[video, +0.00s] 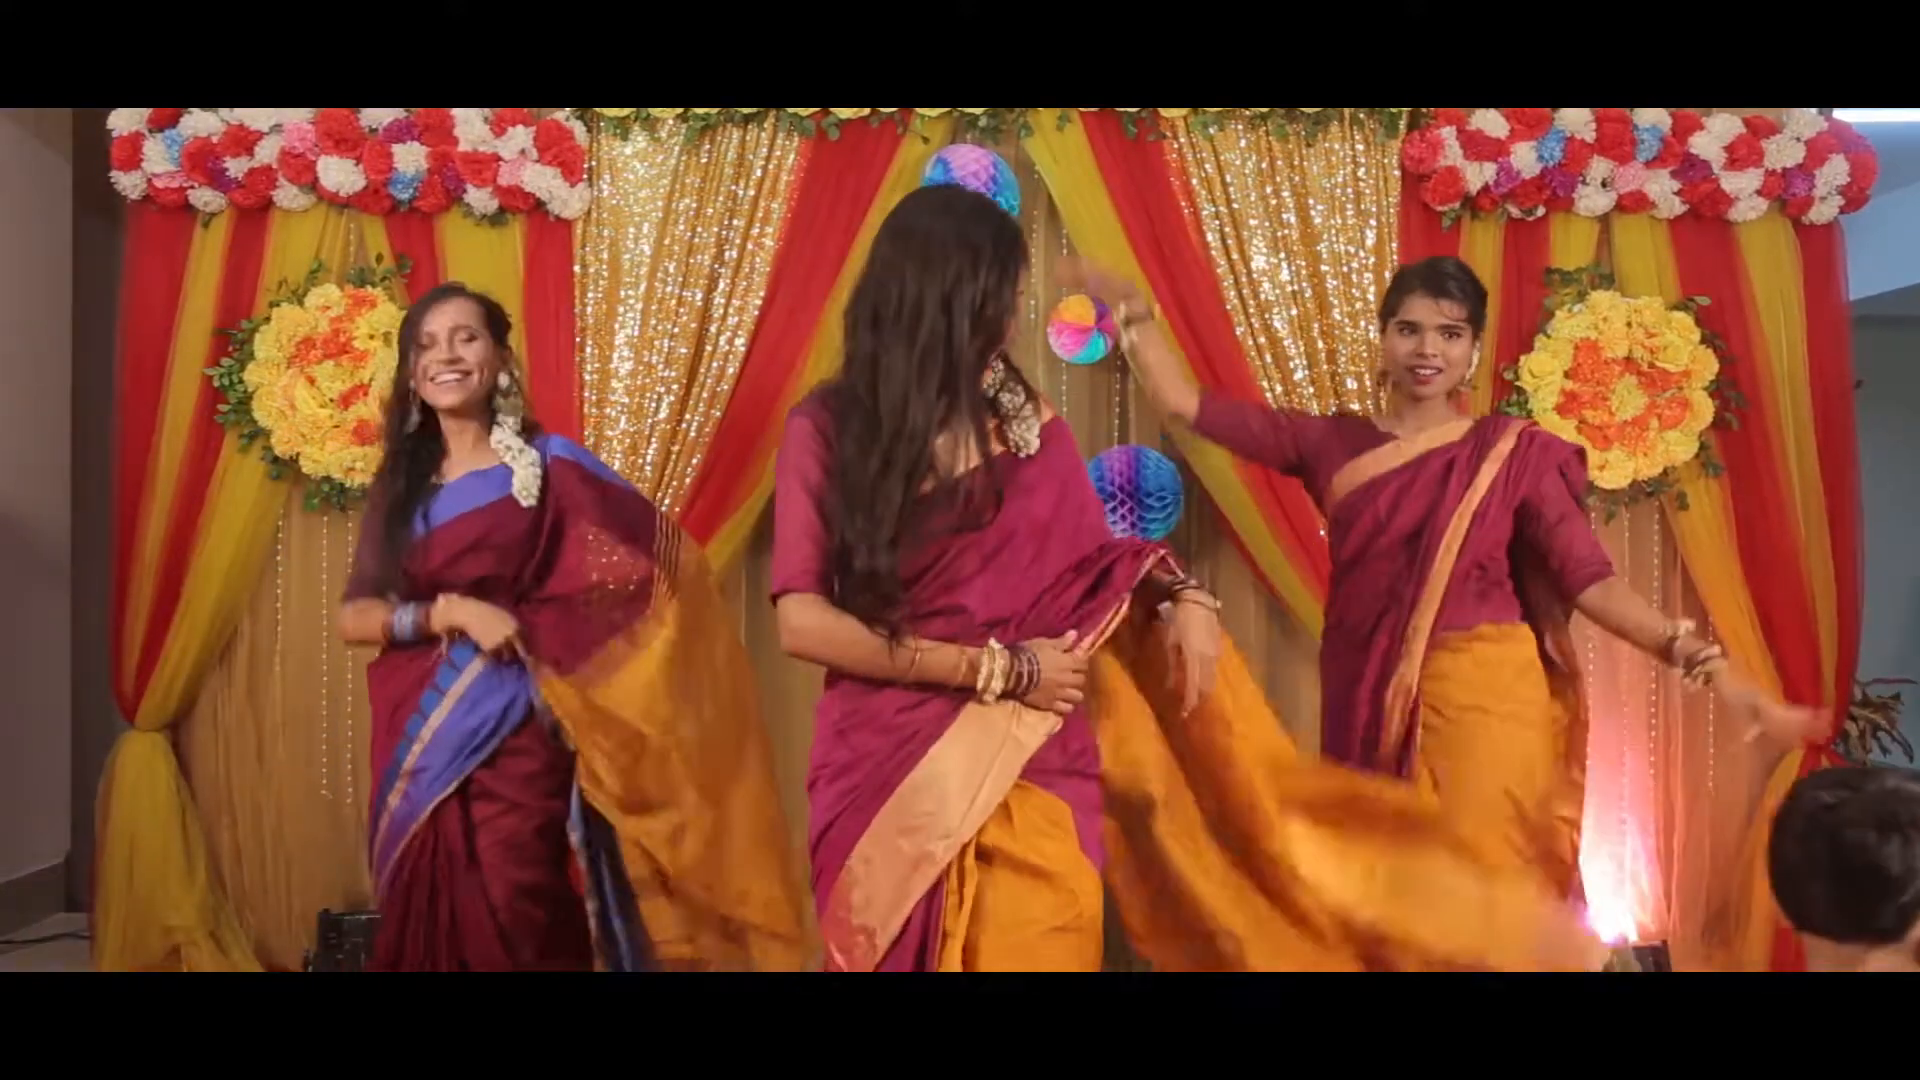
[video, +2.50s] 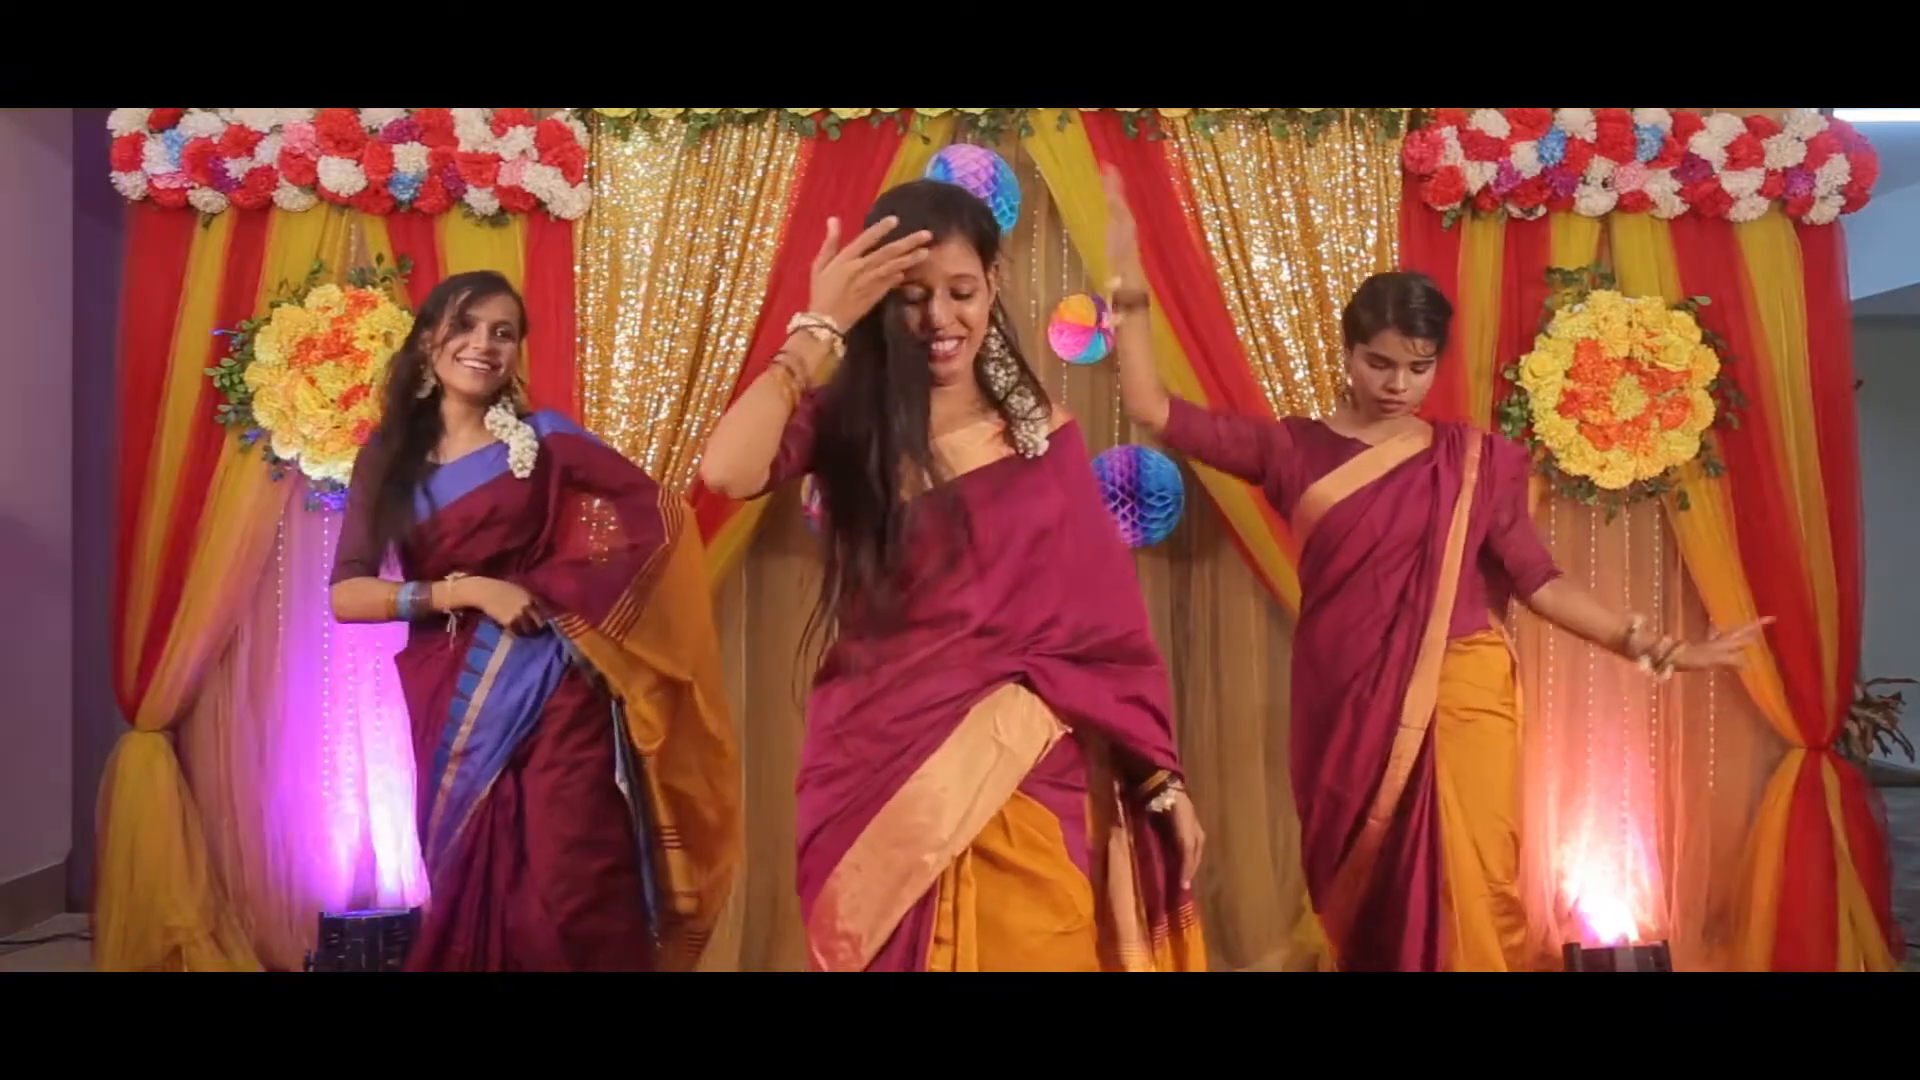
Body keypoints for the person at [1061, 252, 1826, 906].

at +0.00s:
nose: (1426, 348)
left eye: (1447, 333)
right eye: (1408, 330)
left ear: (1475, 351)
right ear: (1379, 343)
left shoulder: (1516, 450)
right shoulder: (1334, 442)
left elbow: (1586, 576)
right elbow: (1192, 409)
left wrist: (1665, 637)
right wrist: (1133, 313)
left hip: (1485, 688)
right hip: (1368, 702)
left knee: (1473, 888)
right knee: (1374, 896)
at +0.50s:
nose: (1427, 361)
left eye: (1447, 346)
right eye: (1409, 339)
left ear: (1467, 356)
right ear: (1372, 342)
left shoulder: (1506, 455)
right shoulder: (1321, 445)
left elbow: (1578, 578)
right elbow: (1180, 411)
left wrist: (1689, 627)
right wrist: (1123, 302)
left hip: (1487, 694)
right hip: (1370, 711)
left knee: (1467, 908)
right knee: (1366, 917)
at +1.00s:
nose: (1420, 373)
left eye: (1436, 357)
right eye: (1402, 352)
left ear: (1452, 359)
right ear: (1357, 346)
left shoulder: (1474, 458)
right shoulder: (1298, 439)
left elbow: (1553, 578)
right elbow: (1155, 379)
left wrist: (1684, 635)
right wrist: (1080, 273)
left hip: (1479, 682)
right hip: (1360, 695)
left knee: (1494, 893)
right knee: (1365, 900)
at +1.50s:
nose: (1397, 362)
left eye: (1415, 347)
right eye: (1380, 342)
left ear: (1436, 354)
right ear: (1346, 341)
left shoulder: (1471, 454)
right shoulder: (1298, 440)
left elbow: (1533, 583)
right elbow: (1166, 378)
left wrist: (1650, 642)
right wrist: (1100, 280)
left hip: (1467, 684)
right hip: (1352, 695)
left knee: (1476, 896)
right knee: (1365, 897)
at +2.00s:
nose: (1391, 363)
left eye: (1411, 347)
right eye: (1374, 342)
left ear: (1433, 350)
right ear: (1344, 340)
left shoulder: (1475, 453)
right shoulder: (1298, 448)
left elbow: (1524, 593)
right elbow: (1141, 425)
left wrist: (1629, 659)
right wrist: (1094, 319)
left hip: (1479, 689)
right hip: (1359, 701)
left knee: (1487, 892)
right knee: (1371, 900)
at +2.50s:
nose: (1398, 385)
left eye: (1417, 367)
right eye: (1380, 363)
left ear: (1439, 364)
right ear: (1345, 354)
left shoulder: (1476, 459)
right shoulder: (1292, 447)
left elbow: (1541, 583)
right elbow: (1153, 411)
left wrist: (1641, 642)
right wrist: (1127, 316)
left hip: (1466, 691)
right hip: (1350, 702)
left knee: (1471, 895)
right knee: (1362, 902)